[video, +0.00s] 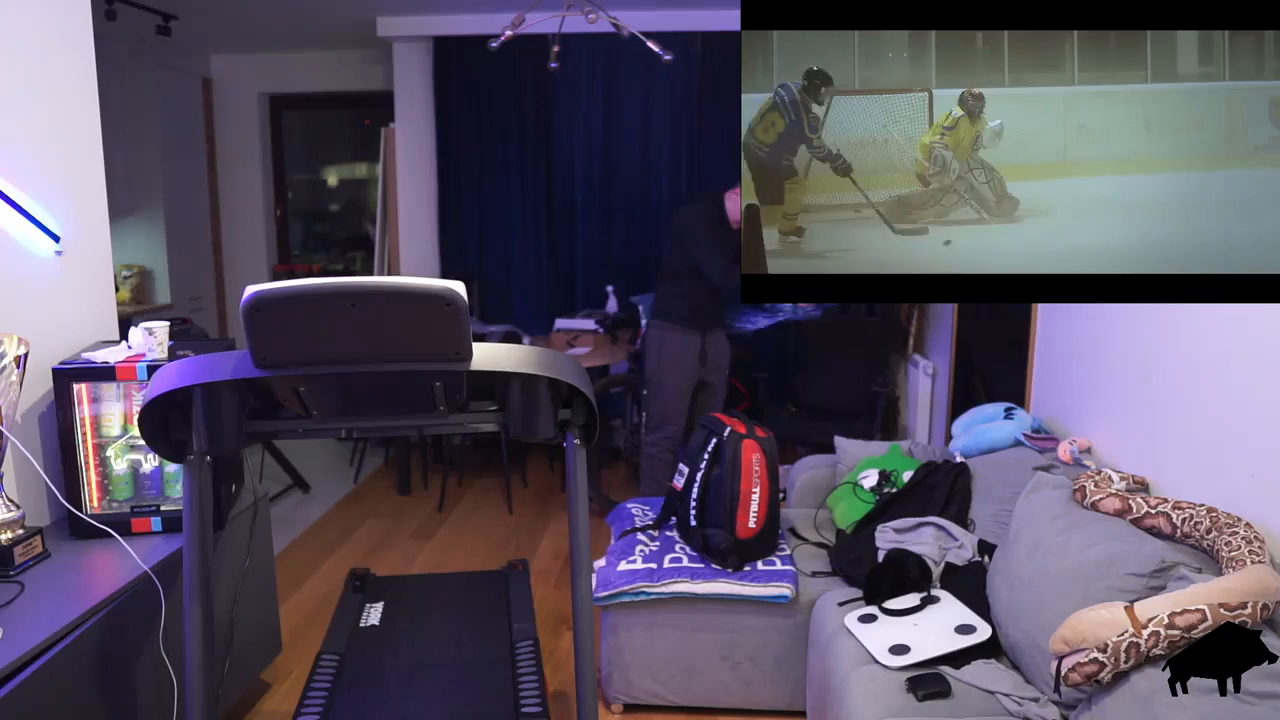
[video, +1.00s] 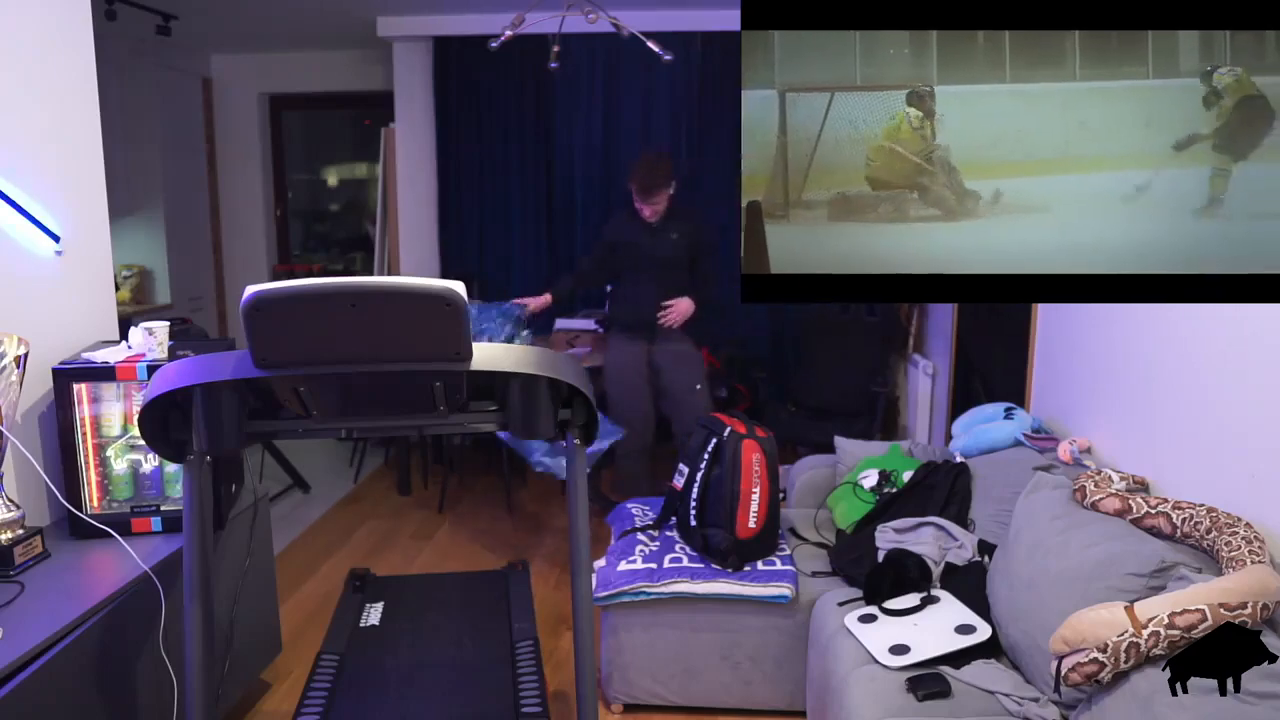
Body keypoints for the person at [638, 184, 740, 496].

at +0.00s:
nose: (746, 219)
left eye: (751, 213)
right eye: (746, 210)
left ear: (750, 210)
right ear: (733, 197)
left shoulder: (737, 232)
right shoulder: (695, 219)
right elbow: (726, 278)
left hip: (713, 334)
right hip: (673, 333)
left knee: (707, 428)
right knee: (666, 427)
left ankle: (698, 509)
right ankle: (655, 508)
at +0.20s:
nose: (742, 219)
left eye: (747, 213)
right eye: (742, 210)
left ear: (743, 203)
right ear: (729, 194)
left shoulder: (733, 229)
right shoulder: (690, 221)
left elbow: (725, 281)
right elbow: (681, 283)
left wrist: (747, 307)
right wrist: (733, 306)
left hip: (710, 333)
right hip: (672, 333)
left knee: (707, 427)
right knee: (665, 427)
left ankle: (697, 507)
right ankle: (642, 508)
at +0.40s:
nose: (728, 223)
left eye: (734, 217)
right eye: (725, 214)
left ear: (739, 212)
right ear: (710, 196)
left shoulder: (726, 238)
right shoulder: (676, 225)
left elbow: (727, 291)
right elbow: (653, 287)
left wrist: (727, 326)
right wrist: (689, 324)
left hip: (705, 339)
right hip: (666, 337)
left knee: (702, 426)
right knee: (661, 427)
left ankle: (694, 507)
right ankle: (644, 508)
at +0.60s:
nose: (696, 214)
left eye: (705, 209)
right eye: (692, 205)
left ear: (719, 204)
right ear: (682, 190)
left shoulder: (724, 233)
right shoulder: (653, 226)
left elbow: (732, 280)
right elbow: (630, 281)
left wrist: (716, 303)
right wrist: (617, 329)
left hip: (701, 345)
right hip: (648, 343)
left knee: (699, 430)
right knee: (649, 433)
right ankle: (642, 512)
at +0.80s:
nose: (669, 211)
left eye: (677, 204)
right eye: (663, 203)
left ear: (691, 194)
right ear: (653, 192)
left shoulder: (703, 230)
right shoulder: (634, 227)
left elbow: (719, 278)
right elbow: (596, 274)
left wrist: (710, 305)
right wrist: (551, 306)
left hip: (688, 339)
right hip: (641, 337)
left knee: (696, 421)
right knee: (643, 426)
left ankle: (696, 502)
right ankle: (641, 503)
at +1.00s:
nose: (645, 210)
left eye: (653, 203)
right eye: (639, 202)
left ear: (671, 191)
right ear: (631, 191)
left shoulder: (690, 228)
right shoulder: (621, 225)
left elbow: (707, 279)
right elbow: (591, 271)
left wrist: (693, 301)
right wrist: (548, 298)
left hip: (675, 337)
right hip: (626, 338)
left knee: (696, 422)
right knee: (633, 427)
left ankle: (701, 504)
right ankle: (637, 507)